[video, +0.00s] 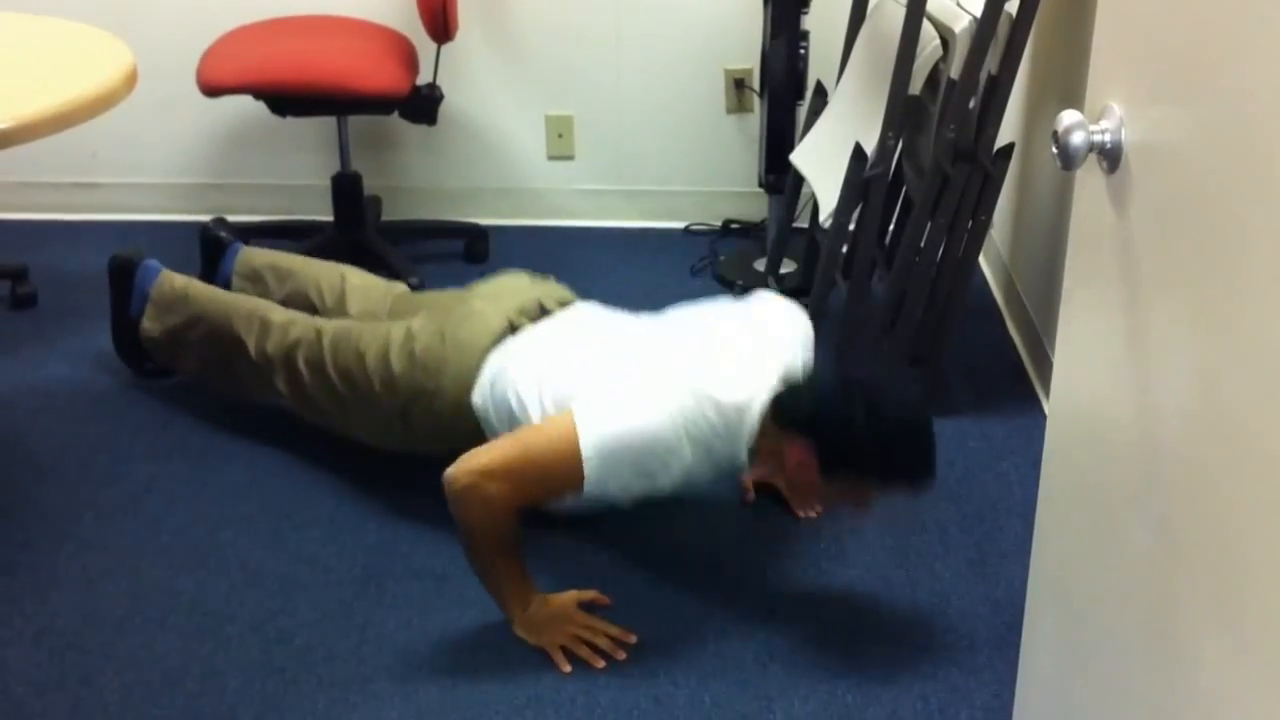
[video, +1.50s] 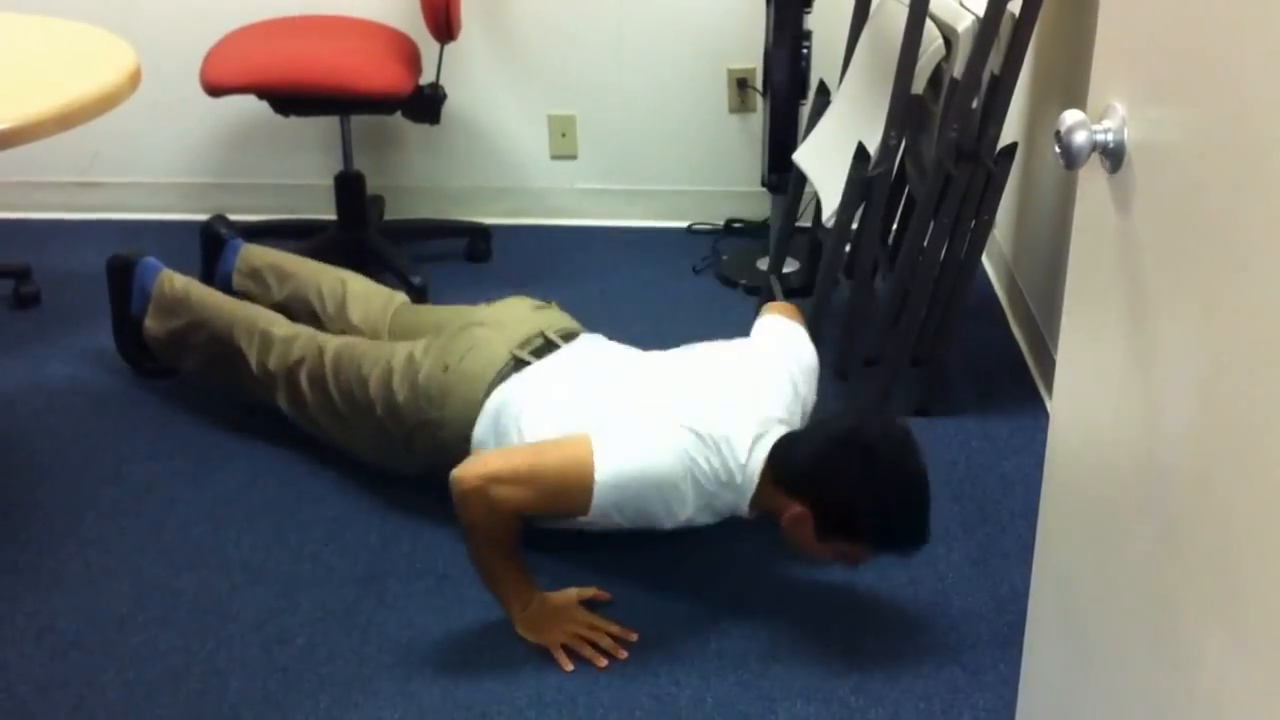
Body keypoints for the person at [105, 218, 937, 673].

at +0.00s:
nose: (841, 514)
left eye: (858, 505)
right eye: (846, 499)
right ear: (804, 454)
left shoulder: (786, 325)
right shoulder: (664, 434)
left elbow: (714, 328)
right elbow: (472, 485)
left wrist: (763, 453)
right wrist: (526, 608)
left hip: (542, 302)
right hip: (471, 377)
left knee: (391, 306)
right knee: (297, 357)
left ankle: (245, 257)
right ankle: (159, 306)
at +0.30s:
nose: (841, 338)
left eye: (858, 324)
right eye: (838, 318)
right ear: (782, 275)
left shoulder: (770, 215)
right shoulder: (626, 296)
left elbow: (761, 332)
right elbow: (517, 443)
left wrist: (764, 454)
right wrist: (525, 598)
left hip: (515, 224)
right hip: (458, 298)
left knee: (378, 265)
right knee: (296, 328)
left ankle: (239, 257)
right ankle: (156, 312)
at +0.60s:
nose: (845, 553)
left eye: (862, 545)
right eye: (848, 540)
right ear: (811, 505)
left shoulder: (794, 364)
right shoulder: (675, 466)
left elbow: (772, 308)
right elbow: (475, 481)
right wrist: (525, 608)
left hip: (544, 321)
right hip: (466, 394)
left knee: (395, 317)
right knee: (297, 364)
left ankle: (246, 260)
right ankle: (160, 307)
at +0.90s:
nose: (837, 463)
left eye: (853, 459)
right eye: (842, 452)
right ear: (798, 415)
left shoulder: (780, 299)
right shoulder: (657, 401)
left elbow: (755, 375)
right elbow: (476, 479)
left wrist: (760, 453)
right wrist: (528, 607)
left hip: (533, 289)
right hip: (469, 366)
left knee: (381, 296)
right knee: (295, 355)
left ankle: (241, 254)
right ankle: (161, 305)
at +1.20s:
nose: (843, 347)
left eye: (858, 333)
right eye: (841, 329)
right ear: (785, 289)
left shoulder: (765, 216)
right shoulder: (632, 309)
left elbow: (765, 336)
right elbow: (506, 451)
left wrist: (765, 452)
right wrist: (525, 602)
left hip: (512, 240)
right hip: (455, 316)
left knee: (373, 268)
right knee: (293, 332)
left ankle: (240, 253)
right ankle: (156, 309)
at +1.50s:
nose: (839, 561)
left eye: (854, 552)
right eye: (843, 548)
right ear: (803, 512)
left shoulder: (790, 376)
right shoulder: (678, 472)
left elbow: (780, 309)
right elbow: (478, 487)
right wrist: (528, 606)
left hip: (542, 328)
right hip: (466, 398)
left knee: (388, 313)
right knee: (294, 364)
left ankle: (240, 255)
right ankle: (159, 304)